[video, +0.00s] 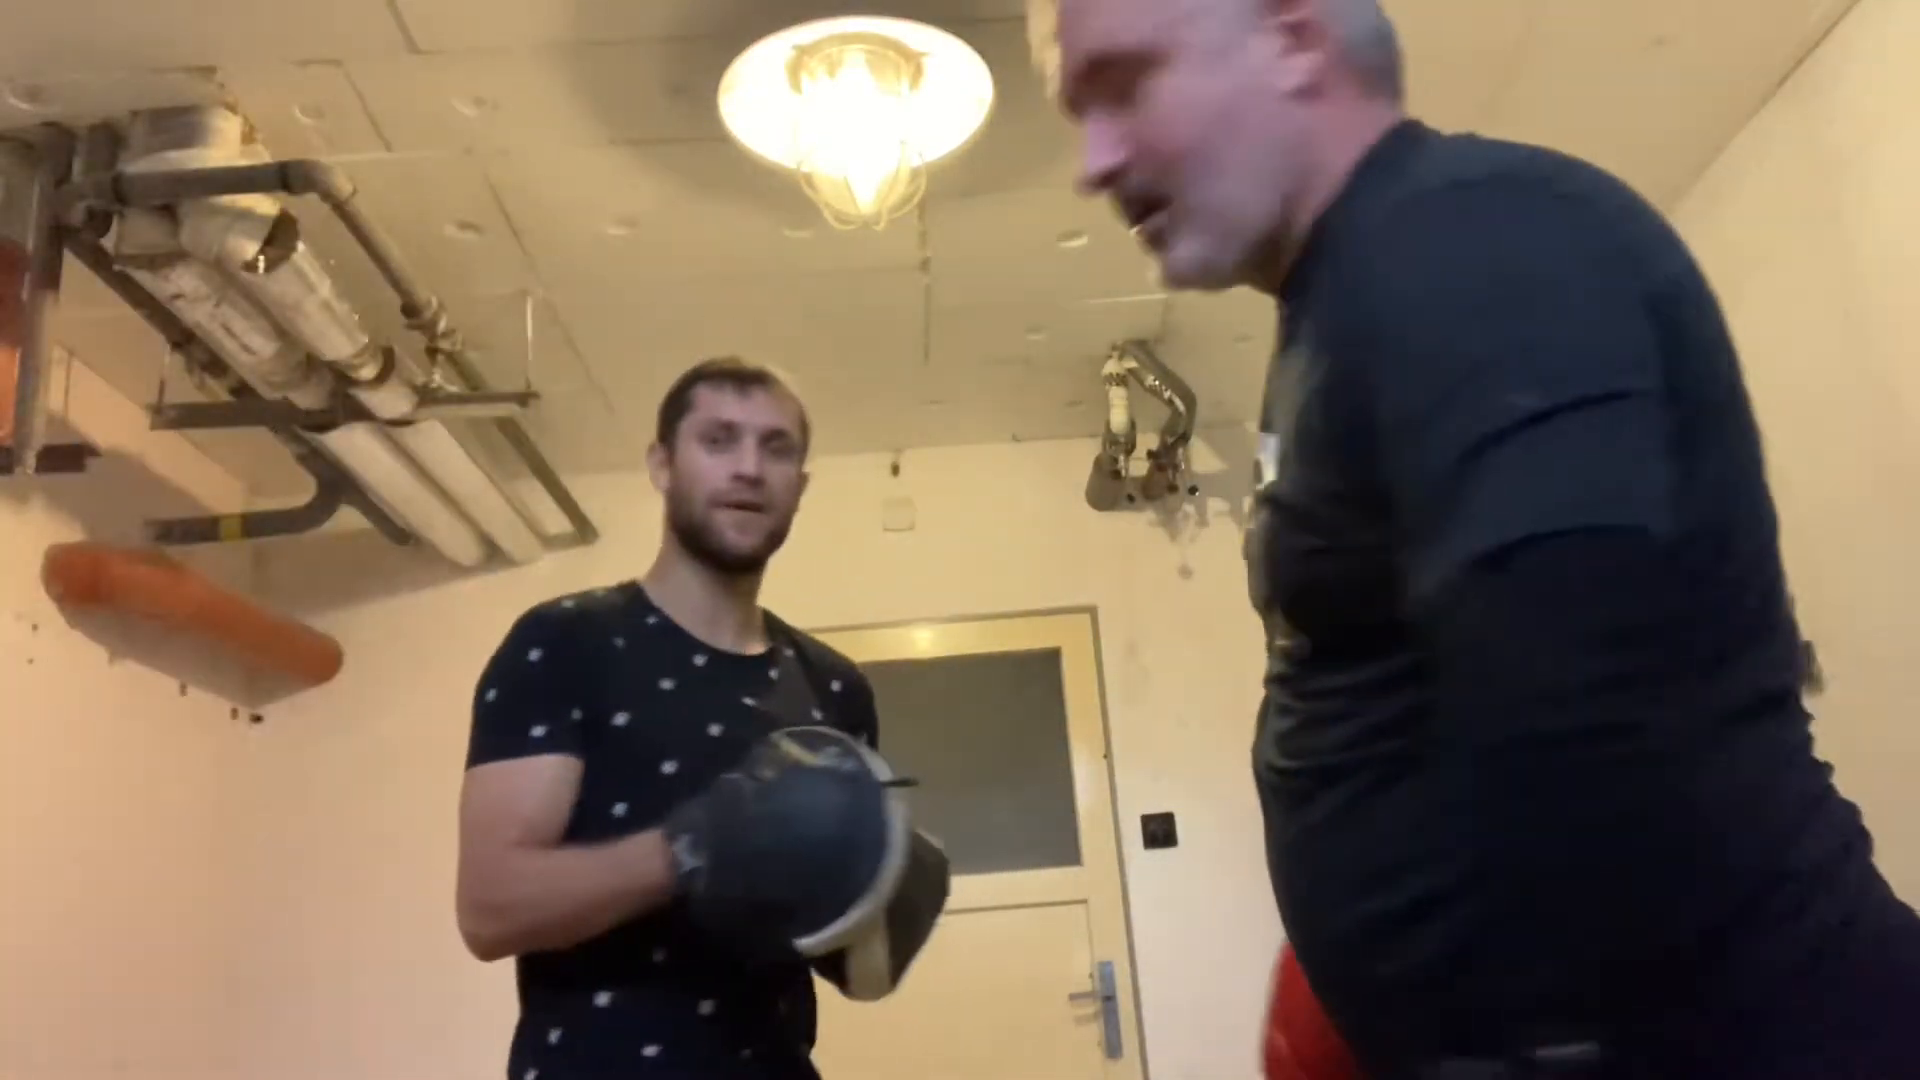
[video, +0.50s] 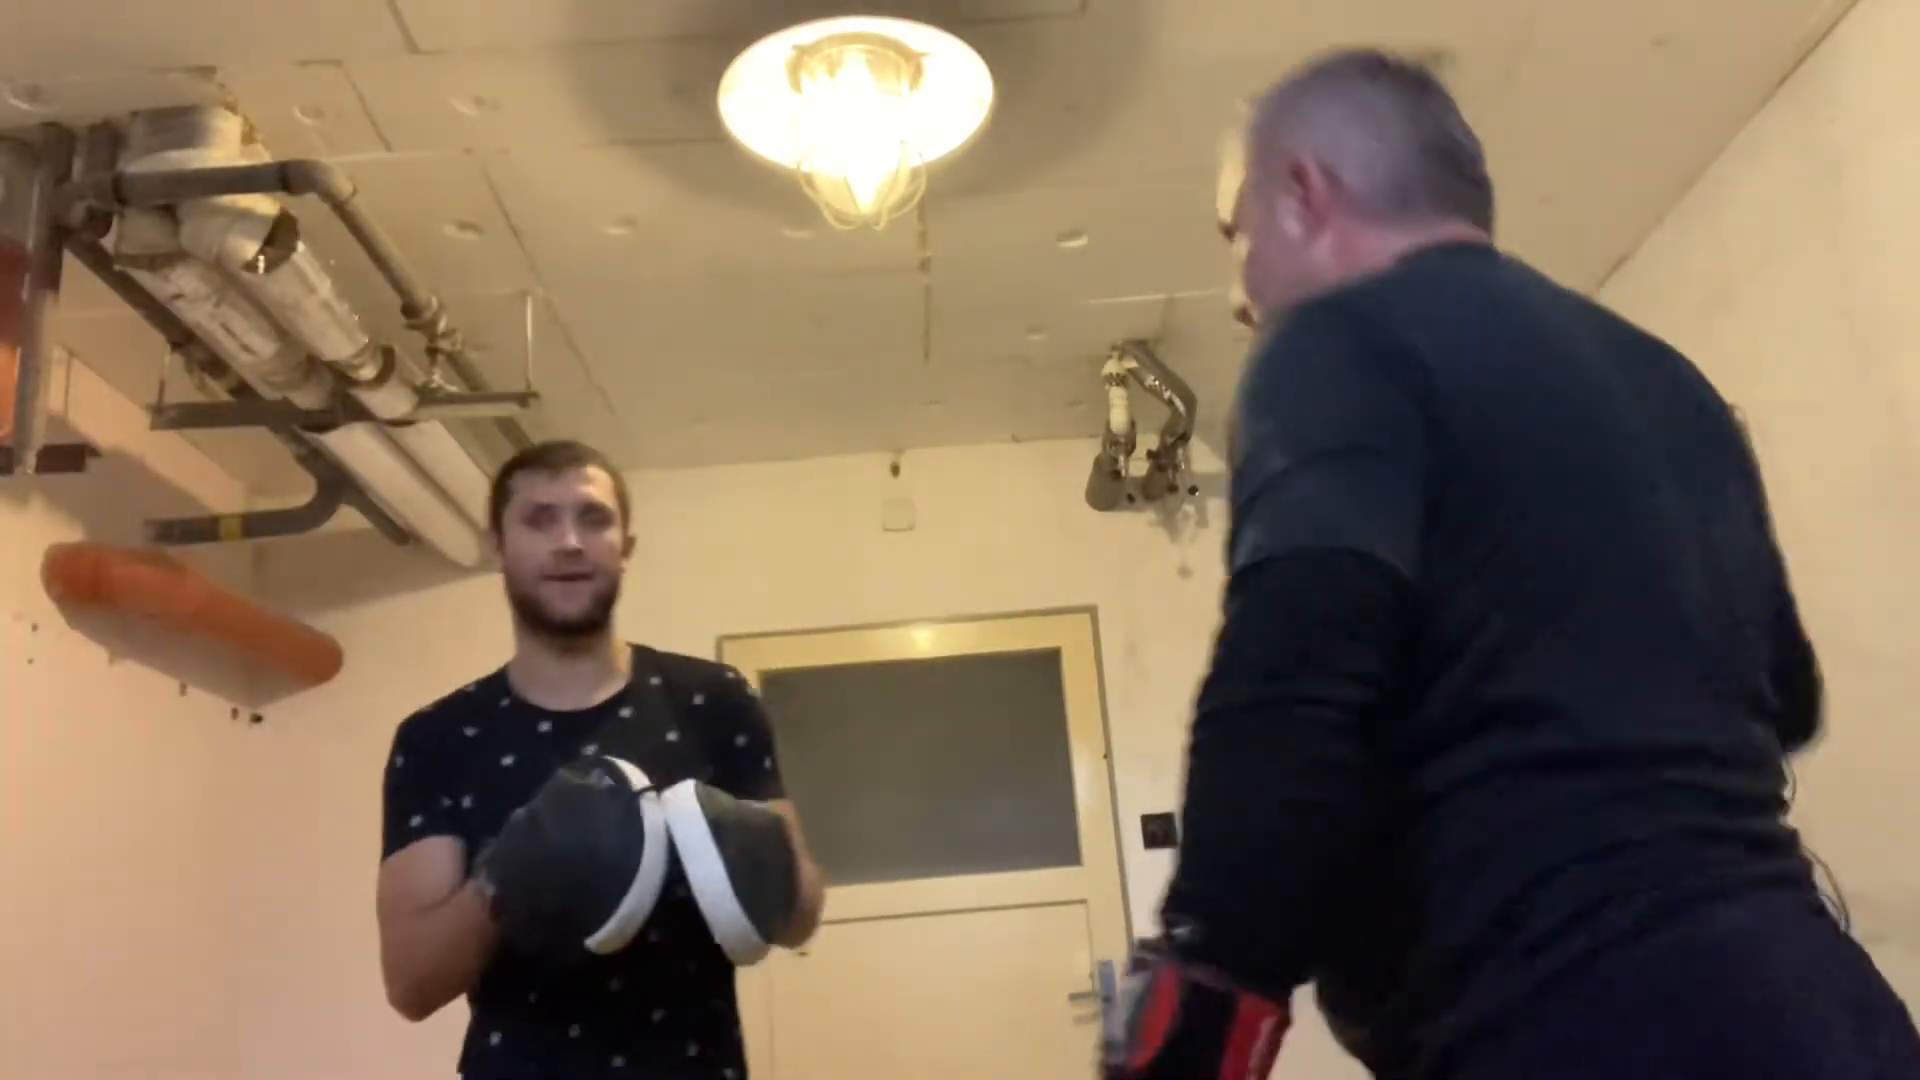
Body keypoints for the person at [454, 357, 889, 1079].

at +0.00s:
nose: (748, 469)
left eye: (776, 448)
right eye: (717, 441)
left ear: (801, 484)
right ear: (661, 466)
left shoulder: (833, 690)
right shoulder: (561, 647)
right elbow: (491, 907)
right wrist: (697, 845)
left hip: (767, 1056)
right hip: (591, 1056)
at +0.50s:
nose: (569, 542)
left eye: (592, 519)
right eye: (539, 520)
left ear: (625, 545)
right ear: (498, 548)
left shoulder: (714, 702)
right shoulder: (439, 741)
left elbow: (802, 917)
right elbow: (412, 979)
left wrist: (758, 865)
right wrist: (520, 872)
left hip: (694, 1058)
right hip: (523, 1062)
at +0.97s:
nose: (627, 574)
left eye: (648, 553)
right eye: (599, 552)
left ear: (672, 578)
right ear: (555, 575)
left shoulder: (740, 724)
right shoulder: (494, 750)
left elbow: (810, 932)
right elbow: (463, 962)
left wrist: (786, 829)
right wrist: (567, 836)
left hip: (710, 1061)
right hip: (555, 1063)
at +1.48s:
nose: (725, 605)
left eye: (744, 586)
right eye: (700, 578)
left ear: (757, 603)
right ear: (647, 587)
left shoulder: (768, 745)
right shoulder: (562, 726)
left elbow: (850, 941)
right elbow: (530, 910)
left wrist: (859, 826)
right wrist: (671, 786)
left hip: (720, 1060)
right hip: (580, 1058)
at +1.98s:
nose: (508, 635)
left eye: (521, 617)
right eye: (489, 616)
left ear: (541, 626)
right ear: (431, 631)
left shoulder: (559, 758)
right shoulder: (343, 755)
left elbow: (705, 815)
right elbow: (382, 831)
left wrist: (693, 672)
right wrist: (490, 656)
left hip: (537, 1065)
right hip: (395, 1067)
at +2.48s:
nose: (449, 655)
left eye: (461, 632)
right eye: (427, 630)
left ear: (473, 639)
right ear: (375, 635)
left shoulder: (501, 766)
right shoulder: (281, 782)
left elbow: (628, 908)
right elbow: (297, 890)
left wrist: (607, 777)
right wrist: (333, 698)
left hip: (501, 1063)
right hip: (354, 1066)